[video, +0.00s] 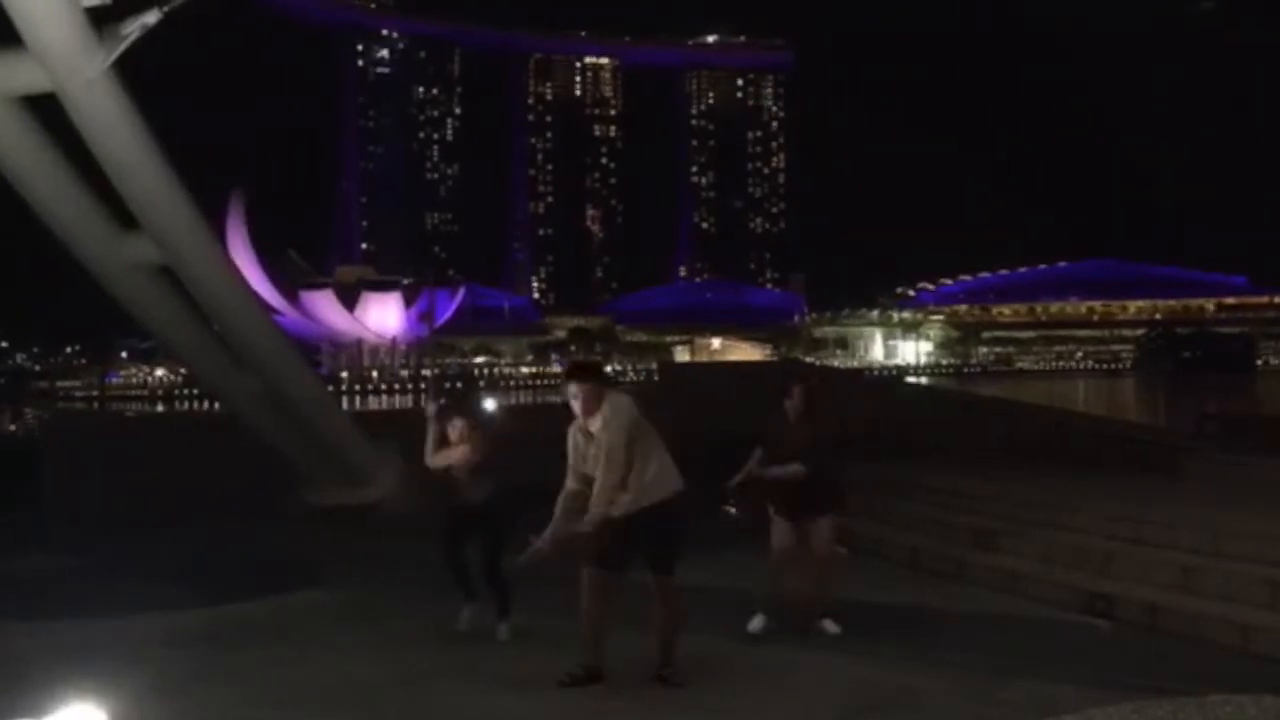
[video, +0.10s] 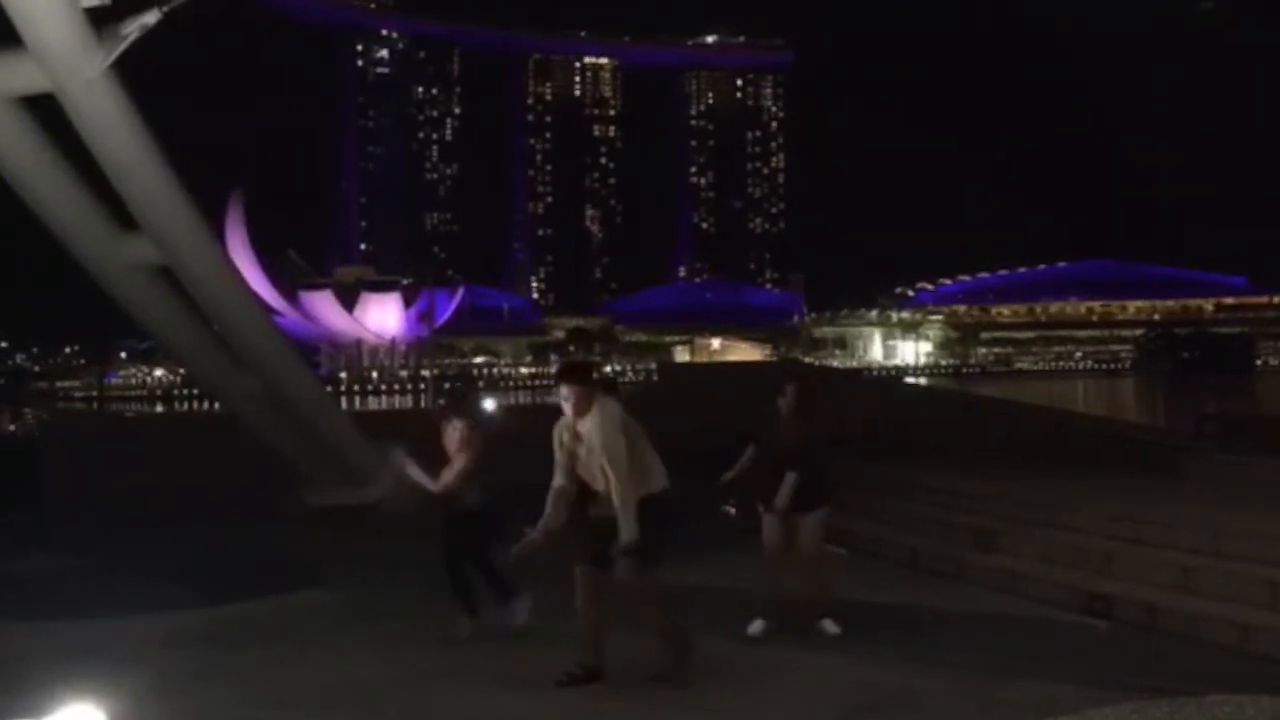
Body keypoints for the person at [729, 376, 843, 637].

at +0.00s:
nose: (797, 405)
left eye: (802, 399)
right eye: (794, 398)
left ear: (810, 401)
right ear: (786, 399)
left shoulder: (817, 429)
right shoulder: (777, 426)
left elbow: (805, 470)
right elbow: (759, 456)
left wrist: (761, 474)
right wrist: (738, 480)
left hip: (817, 501)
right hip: (782, 501)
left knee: (822, 557)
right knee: (779, 555)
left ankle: (822, 612)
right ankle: (767, 610)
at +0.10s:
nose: (784, 402)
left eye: (790, 397)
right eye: (783, 396)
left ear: (803, 400)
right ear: (780, 398)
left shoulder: (810, 430)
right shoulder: (773, 428)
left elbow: (797, 472)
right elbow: (753, 452)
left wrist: (778, 503)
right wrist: (733, 473)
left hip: (810, 498)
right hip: (774, 497)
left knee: (811, 556)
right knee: (771, 555)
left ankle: (820, 613)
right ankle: (767, 613)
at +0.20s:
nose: (774, 404)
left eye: (781, 398)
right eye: (775, 397)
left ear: (796, 402)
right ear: (774, 400)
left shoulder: (803, 433)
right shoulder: (764, 429)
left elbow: (816, 479)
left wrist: (827, 519)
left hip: (791, 493)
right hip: (760, 491)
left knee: (785, 547)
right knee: (760, 552)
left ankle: (834, 569)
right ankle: (767, 611)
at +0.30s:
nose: (765, 409)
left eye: (772, 404)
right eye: (766, 403)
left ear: (786, 408)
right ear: (767, 406)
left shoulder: (798, 436)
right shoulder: (756, 433)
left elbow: (829, 465)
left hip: (789, 501)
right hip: (757, 499)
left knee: (757, 538)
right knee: (749, 549)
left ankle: (818, 550)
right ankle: (764, 612)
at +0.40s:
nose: (761, 410)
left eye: (766, 404)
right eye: (758, 403)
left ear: (779, 407)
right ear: (752, 406)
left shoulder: (790, 434)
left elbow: (824, 455)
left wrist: (857, 475)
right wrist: (695, 432)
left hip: (784, 501)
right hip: (749, 502)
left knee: (756, 539)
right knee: (752, 559)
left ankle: (807, 582)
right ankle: (766, 613)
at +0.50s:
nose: (756, 404)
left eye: (761, 398)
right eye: (752, 398)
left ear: (772, 400)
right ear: (746, 400)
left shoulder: (786, 425)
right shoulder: (738, 427)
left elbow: (819, 448)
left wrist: (846, 471)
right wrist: (696, 484)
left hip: (781, 495)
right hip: (748, 494)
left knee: (770, 550)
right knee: (749, 553)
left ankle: (785, 616)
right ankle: (761, 614)